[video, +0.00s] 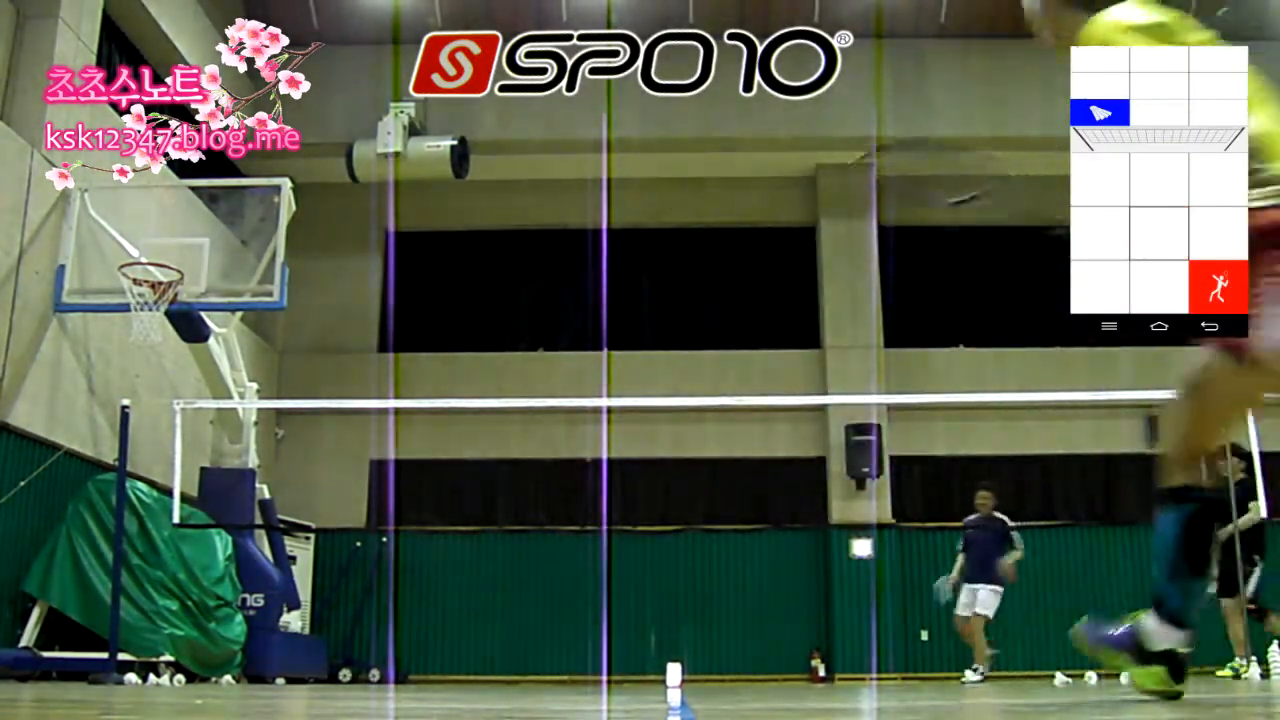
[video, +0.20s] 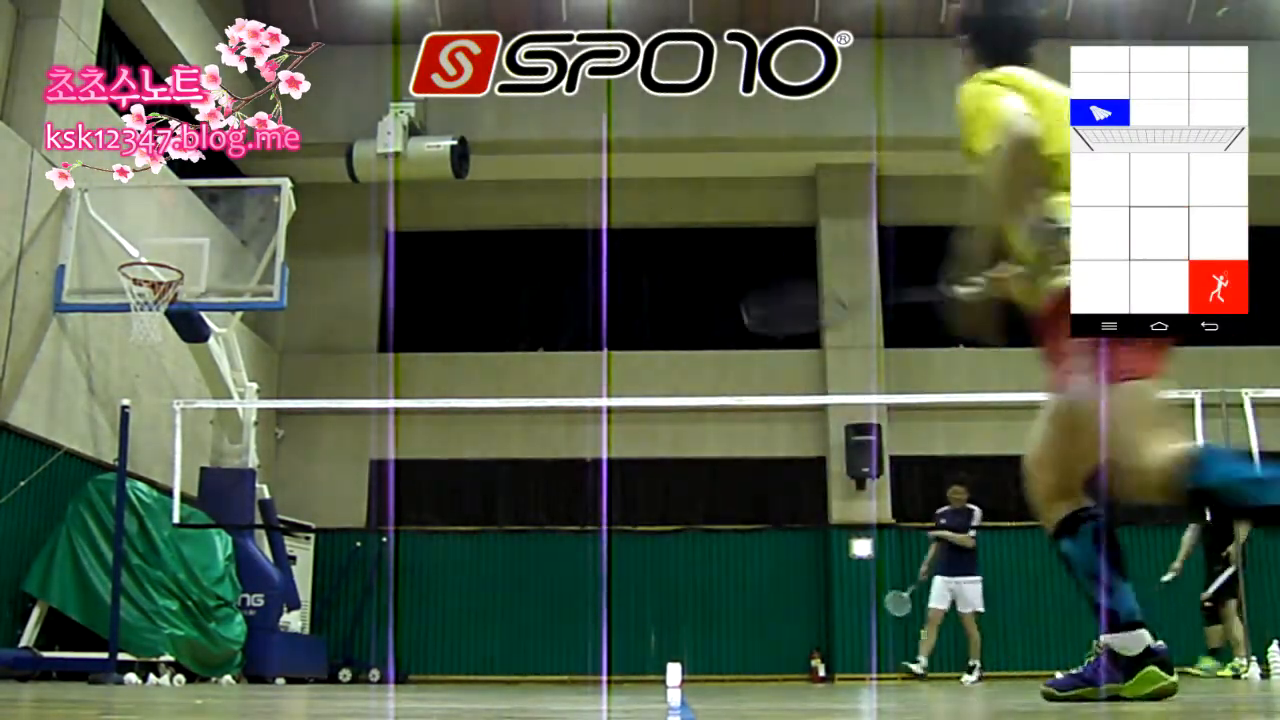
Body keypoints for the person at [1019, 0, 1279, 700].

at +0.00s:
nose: (1043, 37)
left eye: (1040, 24)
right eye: (1038, 27)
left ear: (1055, 9)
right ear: (1085, 0)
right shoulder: (1179, 30)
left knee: (1187, 438)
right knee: (1191, 441)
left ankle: (1165, 633)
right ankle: (1165, 636)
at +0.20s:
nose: (960, 37)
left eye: (964, 27)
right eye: (970, 24)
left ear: (972, 41)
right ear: (1028, 43)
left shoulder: (986, 88)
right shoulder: (1060, 100)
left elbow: (1019, 140)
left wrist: (1004, 247)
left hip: (1090, 306)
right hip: (1122, 304)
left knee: (1129, 462)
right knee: (1049, 477)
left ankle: (1268, 487)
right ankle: (1128, 647)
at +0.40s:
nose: (875, 45)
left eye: (876, 36)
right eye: (876, 39)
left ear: (893, 27)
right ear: (939, 27)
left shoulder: (908, 49)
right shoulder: (999, 83)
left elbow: (871, 82)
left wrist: (765, 129)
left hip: (974, 253)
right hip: (1024, 261)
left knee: (944, 423)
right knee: (970, 436)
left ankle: (1022, 586)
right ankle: (1055, 582)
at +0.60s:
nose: (806, 125)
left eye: (809, 116)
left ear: (817, 112)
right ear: (870, 112)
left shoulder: (826, 148)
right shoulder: (923, 172)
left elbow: (787, 191)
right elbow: (966, 261)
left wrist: (666, 204)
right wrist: (897, 277)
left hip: (863, 343)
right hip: (933, 354)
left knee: (792, 485)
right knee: (897, 511)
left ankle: (727, 634)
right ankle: (926, 656)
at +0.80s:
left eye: (780, 128)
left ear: (782, 132)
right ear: (837, 129)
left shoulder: (779, 169)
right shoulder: (881, 191)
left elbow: (760, 227)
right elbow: (937, 270)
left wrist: (657, 271)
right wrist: (874, 256)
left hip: (805, 361)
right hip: (872, 370)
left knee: (731, 490)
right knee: (842, 509)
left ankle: (711, 609)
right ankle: (908, 631)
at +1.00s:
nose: (738, 125)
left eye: (739, 117)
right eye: (750, 115)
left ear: (742, 122)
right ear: (794, 122)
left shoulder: (749, 160)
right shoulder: (844, 176)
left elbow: (740, 216)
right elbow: (894, 254)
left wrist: (657, 284)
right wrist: (842, 291)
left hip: (787, 346)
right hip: (853, 354)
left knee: (713, 475)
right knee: (850, 506)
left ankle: (671, 606)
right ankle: (900, 627)